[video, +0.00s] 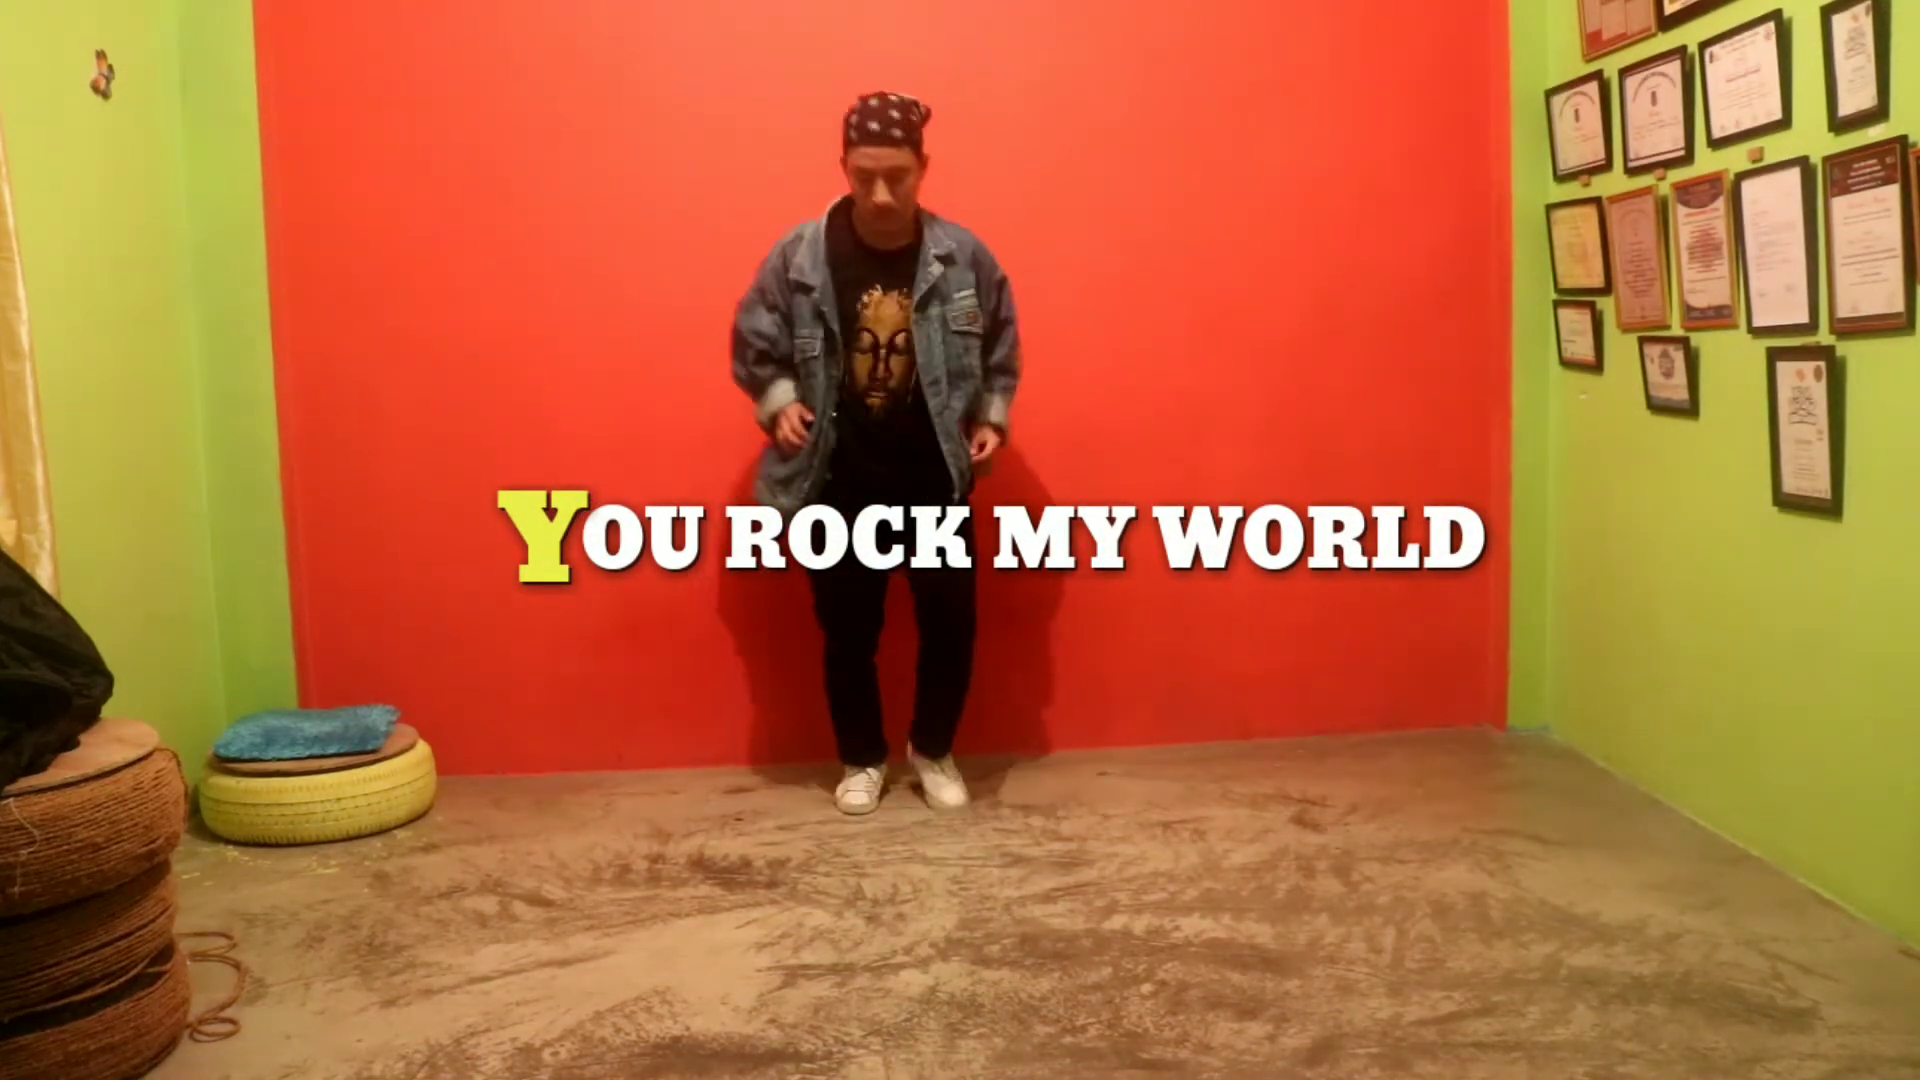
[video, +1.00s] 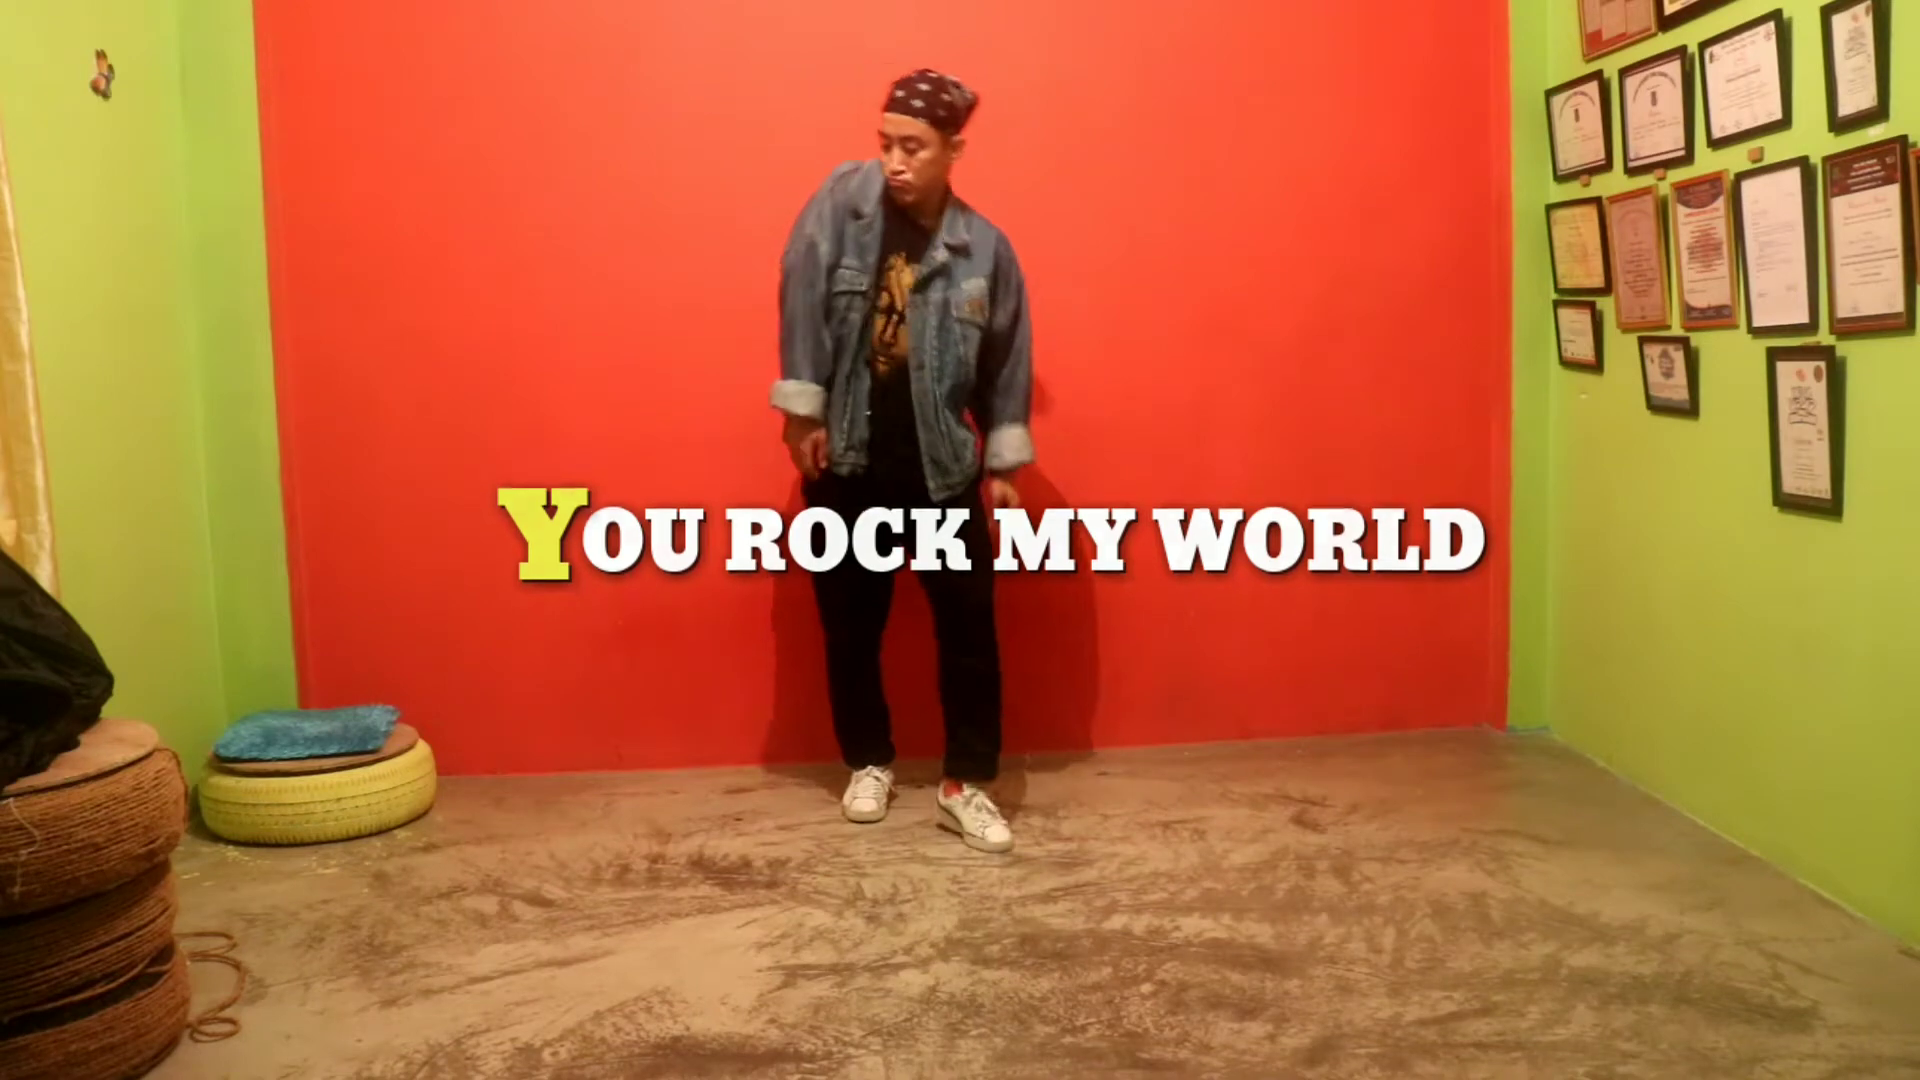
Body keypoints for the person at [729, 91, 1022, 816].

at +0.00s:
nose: (881, 193)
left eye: (896, 176)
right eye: (866, 176)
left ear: (922, 171)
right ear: (846, 172)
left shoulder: (963, 256)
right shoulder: (800, 256)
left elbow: (1001, 342)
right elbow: (754, 338)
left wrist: (991, 413)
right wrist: (777, 400)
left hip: (933, 472)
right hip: (838, 472)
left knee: (950, 619)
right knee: (849, 627)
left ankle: (932, 753)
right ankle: (862, 762)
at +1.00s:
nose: (894, 161)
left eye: (913, 147)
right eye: (887, 144)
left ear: (953, 152)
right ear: (877, 141)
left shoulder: (987, 249)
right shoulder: (844, 197)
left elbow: (1007, 363)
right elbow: (801, 298)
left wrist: (1001, 463)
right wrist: (804, 411)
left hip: (944, 457)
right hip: (849, 450)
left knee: (968, 616)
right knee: (850, 617)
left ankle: (965, 781)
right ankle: (868, 765)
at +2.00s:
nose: (838, 174)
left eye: (849, 154)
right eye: (821, 161)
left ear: (873, 143)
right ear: (800, 161)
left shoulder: (923, 191)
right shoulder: (783, 223)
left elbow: (982, 272)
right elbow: (767, 321)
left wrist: (965, 350)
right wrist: (799, 383)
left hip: (928, 442)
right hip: (838, 456)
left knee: (933, 610)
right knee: (849, 616)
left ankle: (929, 759)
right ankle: (865, 764)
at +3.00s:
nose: (894, 269)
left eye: (906, 251)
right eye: (877, 253)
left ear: (925, 245)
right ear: (852, 251)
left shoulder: (965, 331)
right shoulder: (813, 335)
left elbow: (980, 433)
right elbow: (791, 440)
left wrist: (961, 457)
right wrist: (829, 481)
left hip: (937, 521)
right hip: (844, 522)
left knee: (1001, 635)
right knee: (795, 640)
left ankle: (929, 762)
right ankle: (856, 764)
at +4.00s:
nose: (942, 269)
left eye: (954, 253)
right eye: (928, 254)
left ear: (967, 240)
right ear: (895, 233)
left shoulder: (972, 276)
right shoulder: (849, 262)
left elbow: (972, 369)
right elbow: (822, 357)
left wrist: (967, 457)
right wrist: (825, 456)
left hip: (926, 476)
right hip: (839, 475)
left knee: (970, 609)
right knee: (805, 614)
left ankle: (983, 750)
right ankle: (801, 756)